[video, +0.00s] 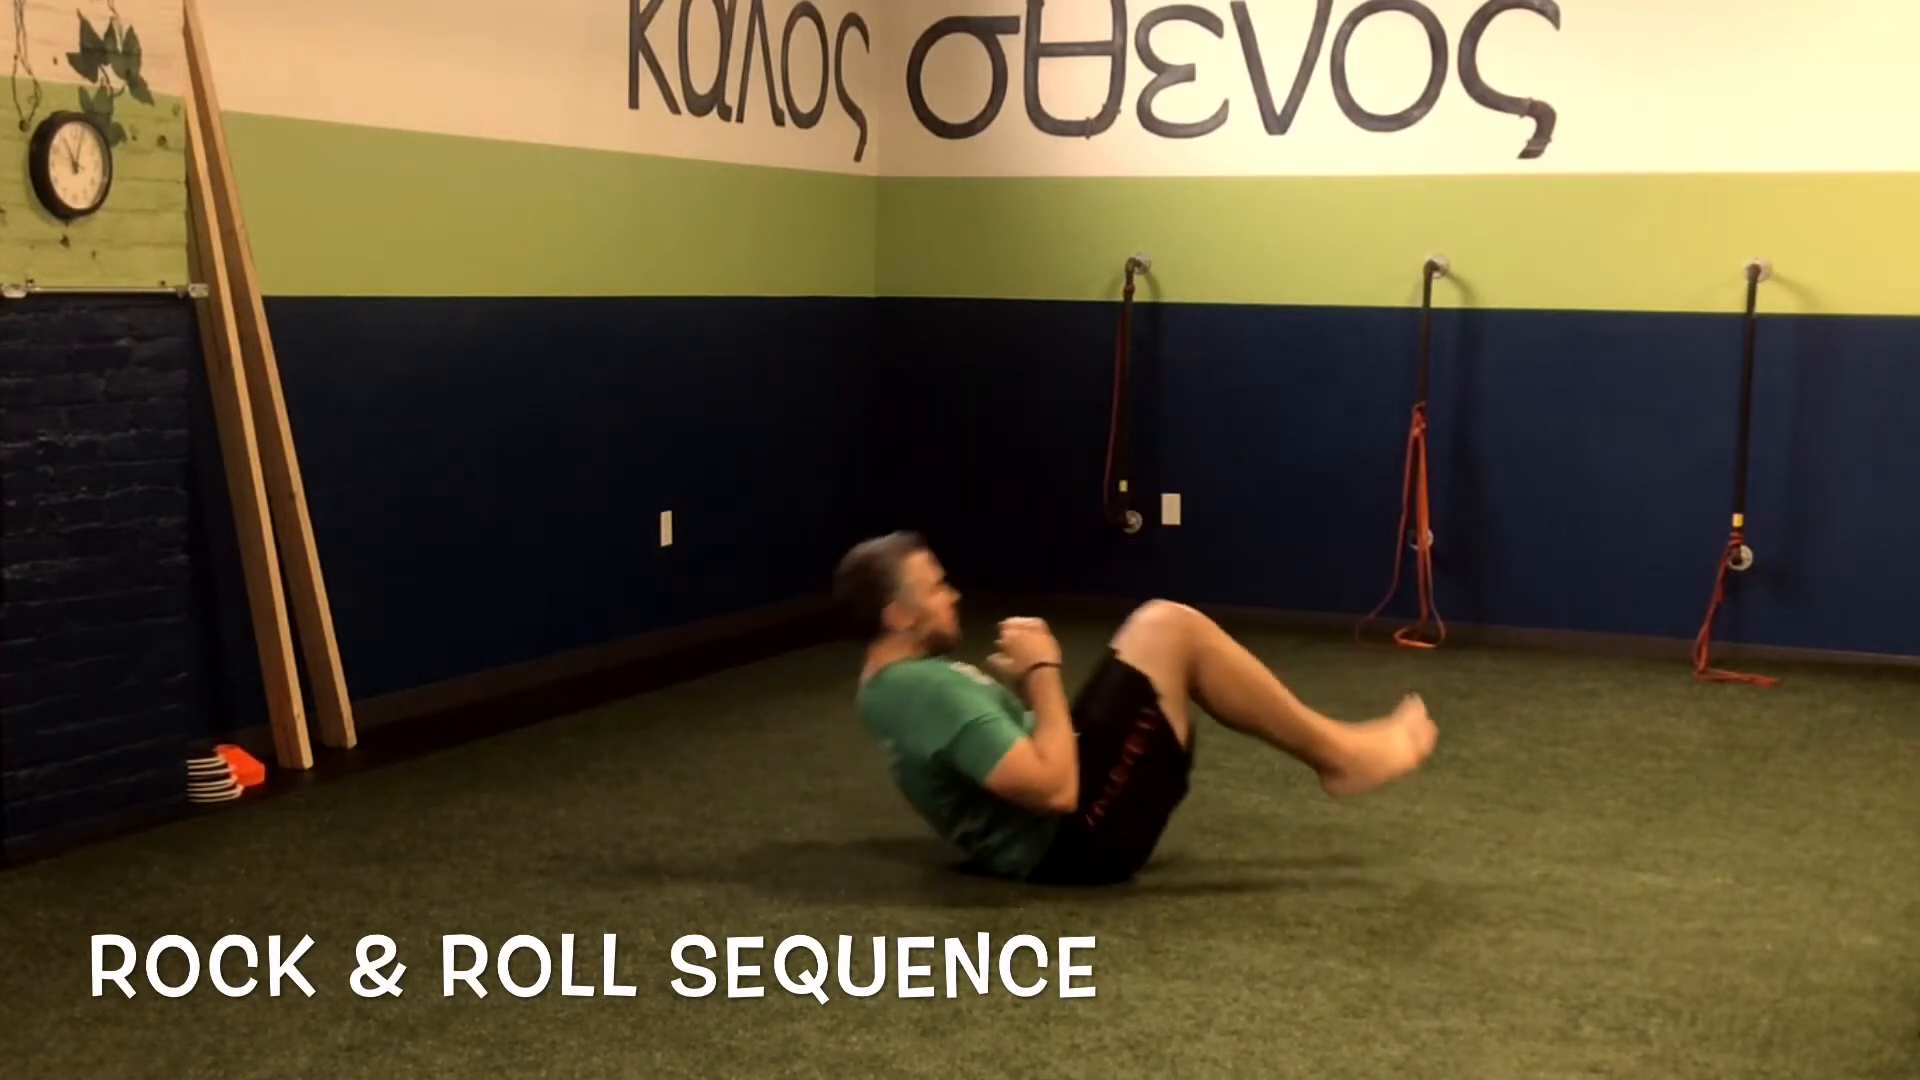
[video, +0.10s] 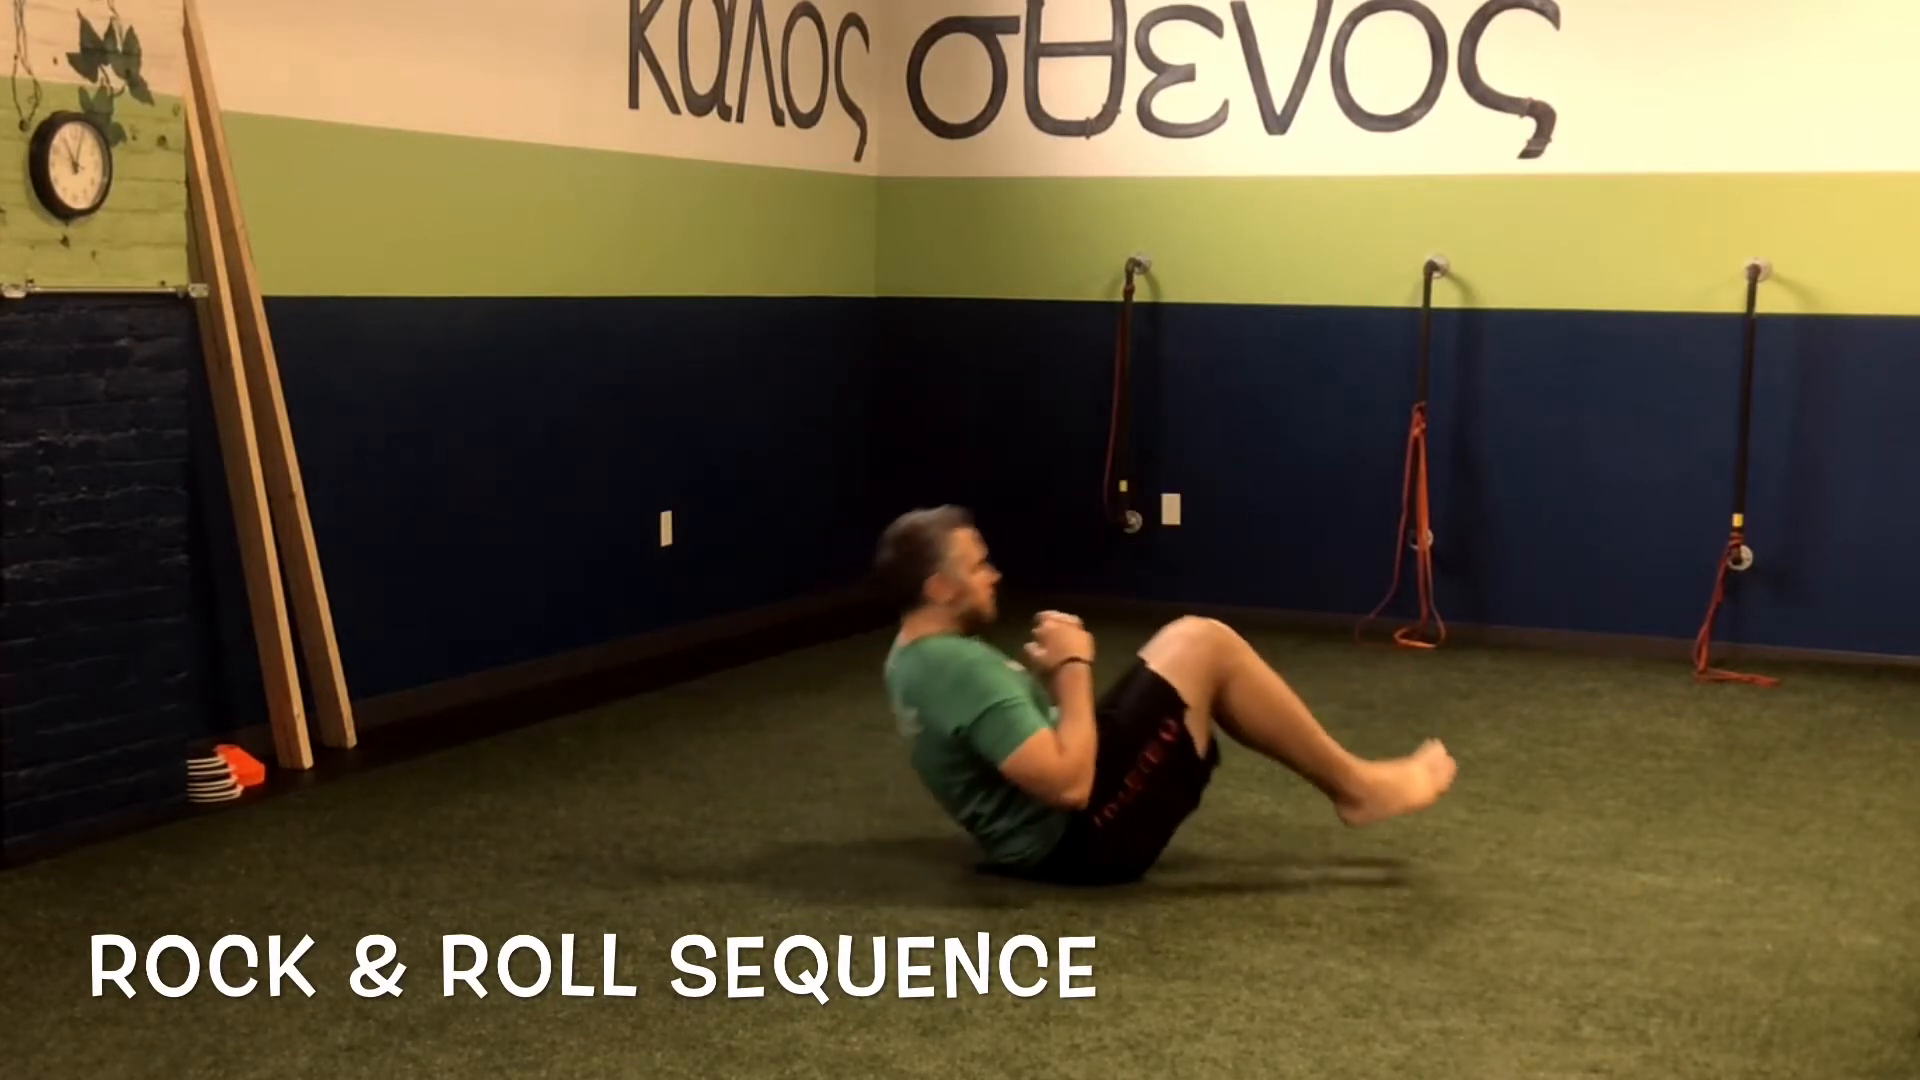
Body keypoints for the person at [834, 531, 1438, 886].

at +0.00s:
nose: (951, 591)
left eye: (940, 578)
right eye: (934, 584)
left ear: (894, 614)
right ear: (896, 615)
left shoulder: (899, 676)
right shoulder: (926, 692)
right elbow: (1056, 785)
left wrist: (1004, 682)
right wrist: (1044, 673)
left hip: (1050, 829)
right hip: (1077, 846)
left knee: (1159, 622)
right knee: (1169, 624)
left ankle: (1333, 749)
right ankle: (1342, 753)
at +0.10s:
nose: (991, 573)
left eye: (982, 558)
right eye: (976, 563)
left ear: (931, 586)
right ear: (939, 584)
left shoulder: (917, 657)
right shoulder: (959, 668)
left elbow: (1011, 748)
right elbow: (1071, 780)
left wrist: (1039, 676)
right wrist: (1075, 667)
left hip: (1049, 831)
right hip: (1083, 844)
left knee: (1191, 641)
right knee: (1204, 642)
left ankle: (1350, 784)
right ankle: (1359, 787)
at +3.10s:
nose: (689, 766)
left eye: (673, 771)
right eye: (676, 784)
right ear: (692, 831)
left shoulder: (749, 815)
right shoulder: (767, 835)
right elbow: (869, 760)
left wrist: (743, 745)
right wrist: (750, 745)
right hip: (953, 704)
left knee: (745, 645)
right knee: (726, 665)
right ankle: (712, 445)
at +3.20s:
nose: (692, 762)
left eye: (676, 766)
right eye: (679, 778)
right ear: (692, 826)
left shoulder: (756, 812)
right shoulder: (768, 835)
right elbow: (878, 764)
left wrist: (750, 738)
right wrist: (759, 743)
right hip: (967, 718)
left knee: (774, 638)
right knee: (745, 654)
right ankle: (769, 433)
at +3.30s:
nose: (697, 751)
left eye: (680, 755)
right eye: (683, 768)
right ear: (695, 817)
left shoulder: (763, 810)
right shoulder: (770, 832)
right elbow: (887, 770)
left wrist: (771, 720)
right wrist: (769, 740)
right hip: (979, 738)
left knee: (793, 631)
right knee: (769, 638)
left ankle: (839, 429)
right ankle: (838, 430)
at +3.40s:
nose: (707, 739)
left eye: (690, 741)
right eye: (692, 753)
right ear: (701, 805)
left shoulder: (772, 800)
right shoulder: (775, 826)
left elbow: (866, 715)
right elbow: (902, 778)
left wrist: (787, 710)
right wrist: (787, 736)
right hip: (992, 753)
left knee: (809, 617)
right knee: (805, 624)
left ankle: (924, 438)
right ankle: (917, 438)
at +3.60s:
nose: (759, 694)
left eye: (741, 691)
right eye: (738, 705)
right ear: (733, 758)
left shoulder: (798, 766)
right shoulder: (798, 802)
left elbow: (924, 718)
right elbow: (945, 797)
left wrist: (853, 698)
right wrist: (851, 719)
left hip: (1003, 787)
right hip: (1017, 807)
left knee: (909, 592)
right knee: (909, 598)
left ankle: (1096, 498)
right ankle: (1103, 498)